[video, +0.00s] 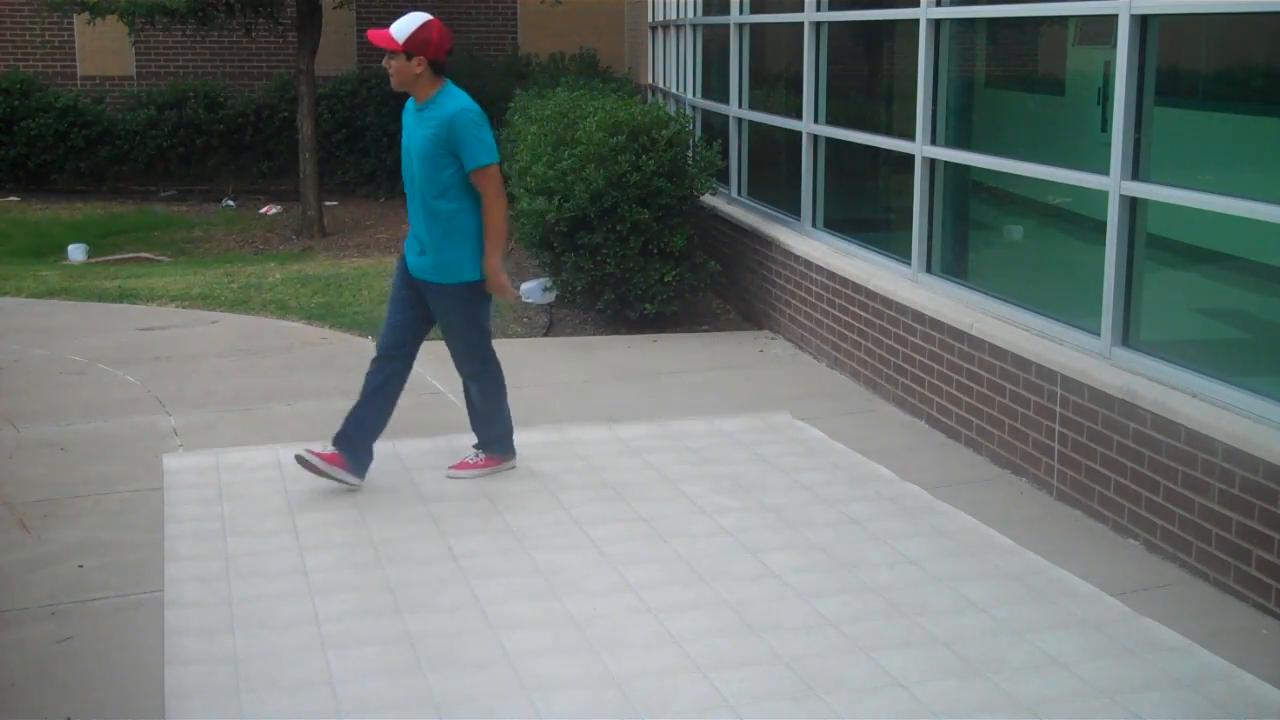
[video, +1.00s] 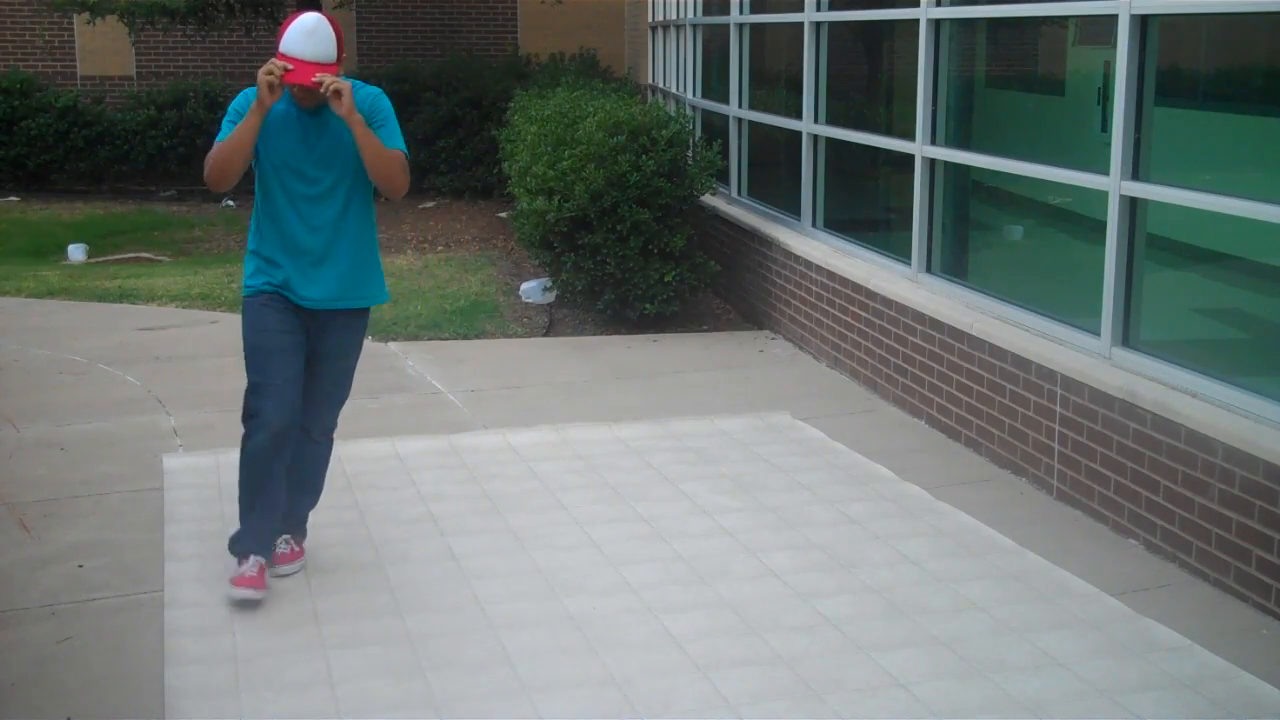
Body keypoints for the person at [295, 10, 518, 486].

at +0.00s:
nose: (385, 62)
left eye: (393, 56)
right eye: (387, 54)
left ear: (420, 64)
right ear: (414, 64)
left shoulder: (463, 114)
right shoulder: (412, 107)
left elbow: (494, 194)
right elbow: (428, 187)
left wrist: (493, 263)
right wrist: (419, 243)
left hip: (458, 269)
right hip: (417, 262)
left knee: (476, 362)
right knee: (390, 358)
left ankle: (497, 448)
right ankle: (350, 455)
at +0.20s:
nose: (332, 73)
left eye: (340, 65)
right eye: (331, 64)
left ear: (371, 66)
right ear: (359, 68)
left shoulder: (421, 112)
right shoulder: (353, 112)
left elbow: (446, 196)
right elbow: (363, 174)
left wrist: (391, 242)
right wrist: (322, 196)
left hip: (410, 273)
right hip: (357, 265)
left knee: (396, 372)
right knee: (336, 369)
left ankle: (463, 425)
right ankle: (338, 475)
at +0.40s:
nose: (311, 74)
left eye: (320, 65)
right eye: (306, 65)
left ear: (351, 58)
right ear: (304, 61)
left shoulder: (397, 104)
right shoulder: (303, 101)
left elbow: (423, 186)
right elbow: (261, 164)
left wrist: (364, 161)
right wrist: (299, 111)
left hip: (374, 265)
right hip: (319, 260)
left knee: (341, 371)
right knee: (319, 374)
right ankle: (336, 473)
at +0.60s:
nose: (308, 90)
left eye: (319, 82)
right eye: (300, 80)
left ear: (344, 76)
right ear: (291, 72)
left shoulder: (378, 115)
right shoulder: (277, 106)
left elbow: (396, 195)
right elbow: (230, 175)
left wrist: (363, 126)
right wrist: (285, 125)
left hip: (347, 283)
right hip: (285, 276)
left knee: (311, 398)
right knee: (304, 392)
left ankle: (290, 520)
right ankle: (336, 469)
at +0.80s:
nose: (308, 88)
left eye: (318, 81)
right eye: (299, 79)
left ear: (340, 71)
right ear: (285, 67)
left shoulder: (372, 108)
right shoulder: (261, 101)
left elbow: (385, 190)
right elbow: (211, 172)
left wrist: (354, 117)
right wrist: (255, 119)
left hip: (339, 290)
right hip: (269, 281)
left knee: (312, 414)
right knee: (242, 386)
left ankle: (289, 530)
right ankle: (280, 459)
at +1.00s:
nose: (303, 83)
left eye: (315, 76)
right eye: (293, 74)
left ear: (336, 71)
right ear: (279, 65)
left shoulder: (368, 103)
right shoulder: (253, 104)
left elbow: (396, 184)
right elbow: (218, 179)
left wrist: (351, 118)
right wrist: (260, 107)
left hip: (344, 288)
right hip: (273, 283)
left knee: (317, 422)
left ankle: (292, 526)